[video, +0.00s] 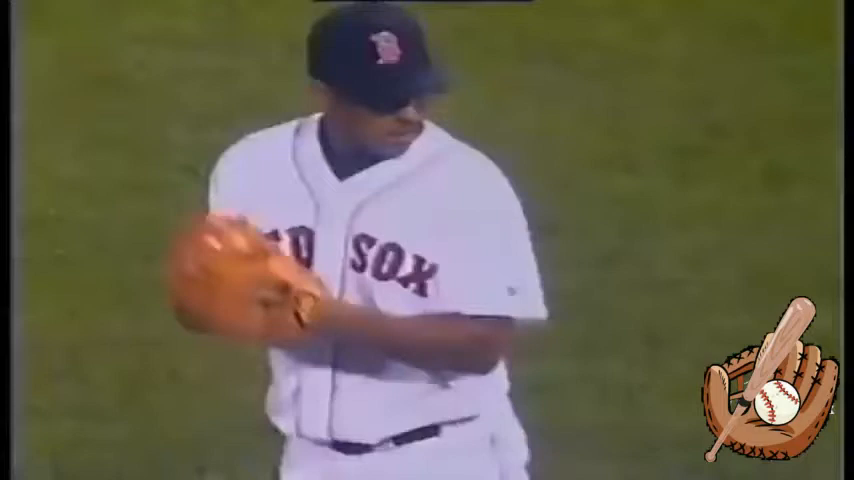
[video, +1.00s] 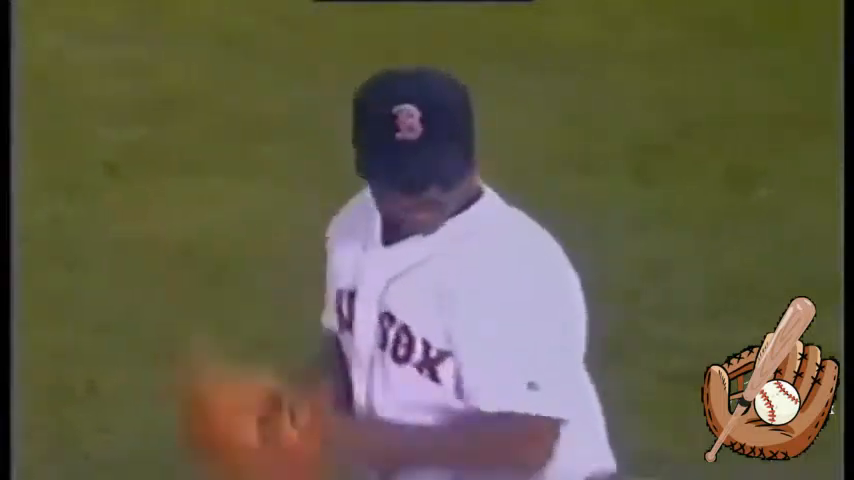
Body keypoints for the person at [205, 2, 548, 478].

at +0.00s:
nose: (411, 115)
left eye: (419, 95)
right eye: (387, 101)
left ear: (429, 84)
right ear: (330, 94)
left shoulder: (471, 183)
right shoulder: (249, 169)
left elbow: (481, 347)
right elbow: (218, 295)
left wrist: (332, 318)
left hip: (449, 457)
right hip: (315, 459)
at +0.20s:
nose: (386, 140)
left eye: (401, 124)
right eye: (365, 129)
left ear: (420, 100)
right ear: (319, 110)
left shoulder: (474, 192)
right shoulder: (265, 163)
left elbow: (443, 354)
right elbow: (183, 300)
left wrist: (303, 289)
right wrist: (218, 243)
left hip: (458, 459)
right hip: (323, 463)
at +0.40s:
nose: (363, 154)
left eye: (380, 139)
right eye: (347, 137)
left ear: (423, 107)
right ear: (327, 108)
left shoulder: (486, 197)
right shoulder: (285, 152)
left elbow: (419, 355)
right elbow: (189, 274)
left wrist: (290, 260)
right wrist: (235, 227)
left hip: (464, 453)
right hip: (335, 457)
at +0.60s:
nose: (384, 159)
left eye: (400, 142)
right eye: (368, 142)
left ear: (447, 111)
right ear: (347, 113)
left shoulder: (507, 200)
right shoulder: (323, 154)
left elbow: (417, 350)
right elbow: (220, 258)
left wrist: (300, 246)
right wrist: (252, 198)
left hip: (487, 439)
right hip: (354, 430)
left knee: (275, 448)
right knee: (268, 451)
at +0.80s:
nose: (394, 162)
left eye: (412, 144)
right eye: (378, 144)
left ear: (459, 118)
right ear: (358, 122)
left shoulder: (514, 216)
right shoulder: (349, 169)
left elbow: (441, 377)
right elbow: (283, 300)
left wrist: (309, 285)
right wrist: (260, 246)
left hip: (496, 447)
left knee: (253, 393)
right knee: (240, 388)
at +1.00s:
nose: (425, 194)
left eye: (442, 178)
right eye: (402, 181)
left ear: (469, 162)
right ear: (366, 170)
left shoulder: (517, 263)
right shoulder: (354, 227)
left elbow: (525, 445)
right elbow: (341, 360)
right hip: (410, 467)